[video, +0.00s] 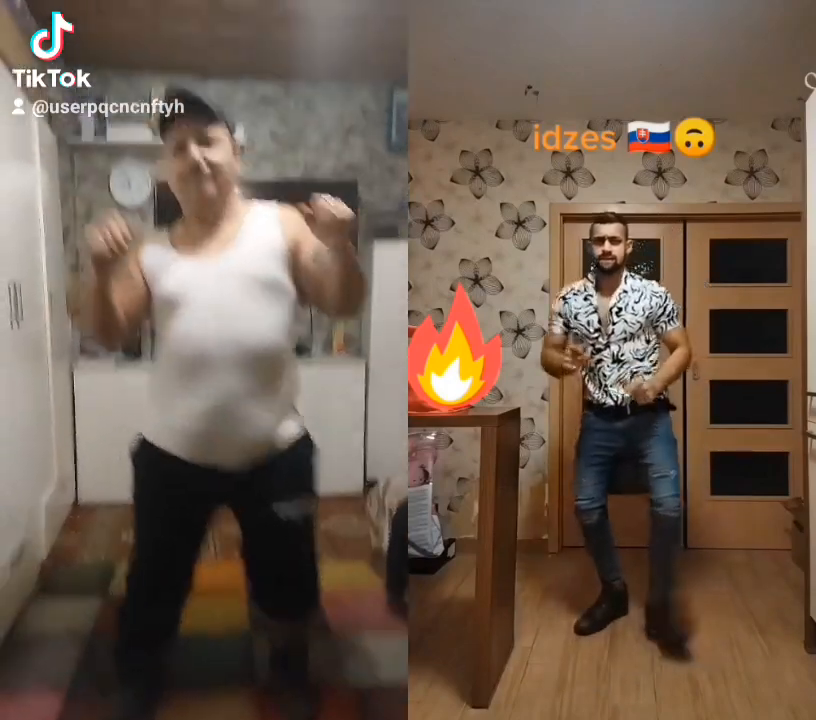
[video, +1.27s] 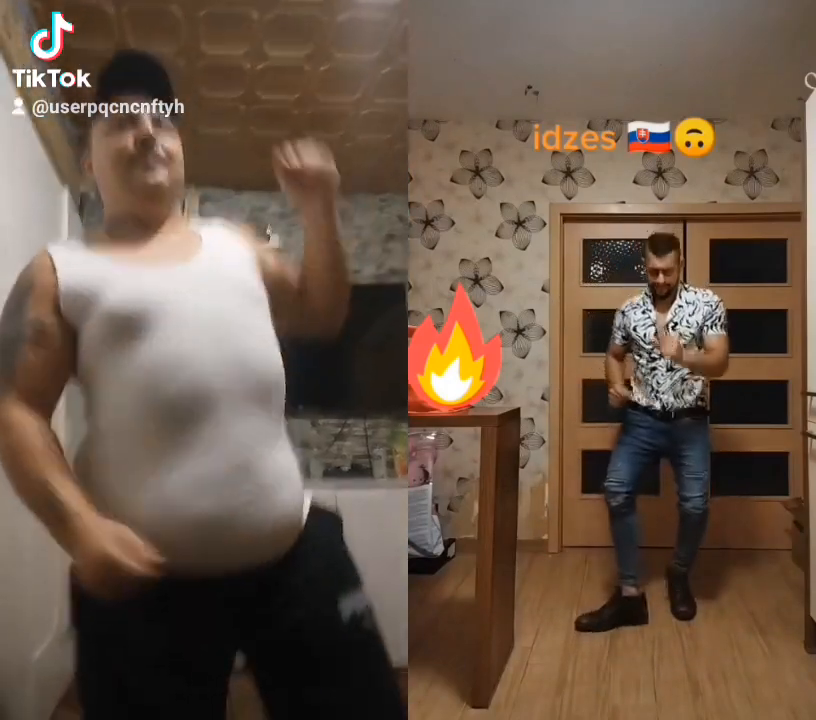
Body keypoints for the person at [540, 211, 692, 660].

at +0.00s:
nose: (606, 248)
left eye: (614, 241)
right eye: (599, 241)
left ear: (628, 247)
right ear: (589, 247)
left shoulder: (652, 295)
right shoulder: (572, 300)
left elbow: (682, 350)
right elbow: (548, 356)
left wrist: (656, 383)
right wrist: (567, 363)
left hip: (649, 418)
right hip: (599, 419)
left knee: (668, 506)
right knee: (587, 505)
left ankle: (660, 612)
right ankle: (613, 592)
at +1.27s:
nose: (660, 280)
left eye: (667, 271)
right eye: (653, 272)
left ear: (681, 266)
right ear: (644, 268)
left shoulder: (707, 304)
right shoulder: (629, 313)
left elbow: (719, 362)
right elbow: (614, 356)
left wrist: (682, 354)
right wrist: (617, 385)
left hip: (689, 422)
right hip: (642, 419)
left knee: (695, 505)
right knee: (616, 492)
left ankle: (680, 576)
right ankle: (630, 596)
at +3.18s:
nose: (617, 261)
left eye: (623, 255)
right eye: (610, 254)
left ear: (629, 260)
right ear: (596, 258)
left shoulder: (647, 300)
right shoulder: (578, 304)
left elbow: (658, 343)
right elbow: (555, 354)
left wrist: (654, 372)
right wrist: (587, 359)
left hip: (642, 404)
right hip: (598, 407)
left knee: (674, 471)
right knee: (594, 486)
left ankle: (654, 555)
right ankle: (607, 565)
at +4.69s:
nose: (646, 265)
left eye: (653, 259)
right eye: (640, 260)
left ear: (665, 263)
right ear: (634, 265)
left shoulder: (689, 302)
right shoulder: (619, 310)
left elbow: (702, 354)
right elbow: (604, 354)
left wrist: (659, 339)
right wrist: (605, 376)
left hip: (678, 414)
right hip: (631, 412)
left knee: (689, 488)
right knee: (603, 478)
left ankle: (673, 564)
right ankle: (617, 565)